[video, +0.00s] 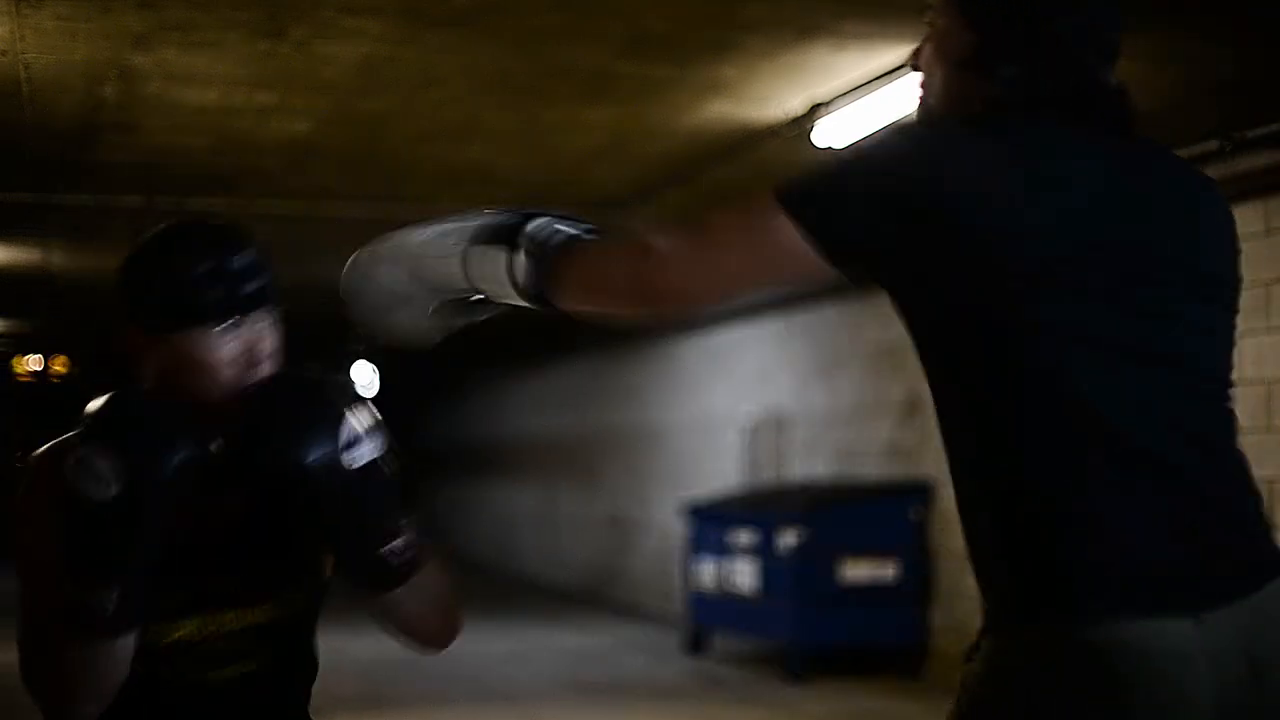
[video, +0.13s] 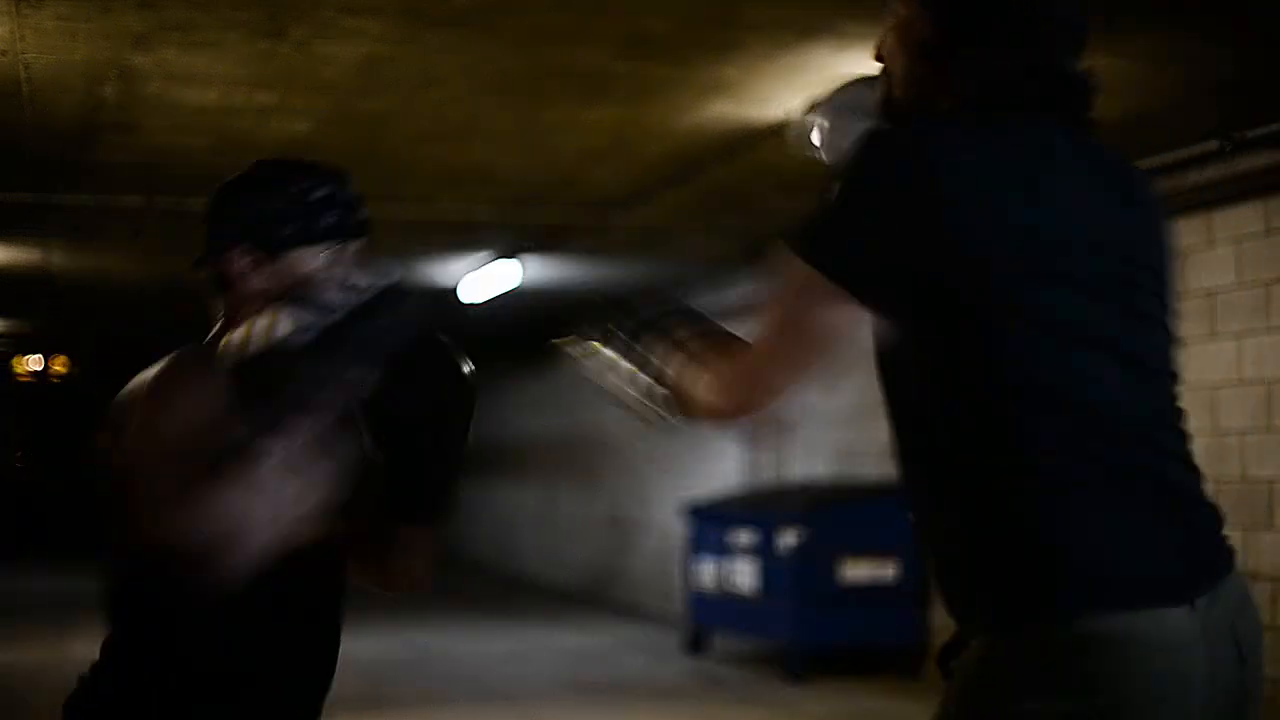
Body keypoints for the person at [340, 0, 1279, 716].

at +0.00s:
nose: (924, 63)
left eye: (937, 41)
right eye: (932, 41)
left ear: (971, 53)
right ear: (1085, 56)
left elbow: (662, 278)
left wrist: (504, 261)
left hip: (1081, 641)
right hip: (1246, 617)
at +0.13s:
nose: (882, 47)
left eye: (900, 24)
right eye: (891, 24)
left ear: (936, 39)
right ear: (1045, 41)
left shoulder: (906, 166)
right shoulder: (1114, 174)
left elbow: (741, 387)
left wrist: (683, 359)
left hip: (1057, 639)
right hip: (1211, 609)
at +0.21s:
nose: (873, 51)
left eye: (894, 24)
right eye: (883, 25)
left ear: (955, 38)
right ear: (989, 41)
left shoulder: (979, 176)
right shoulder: (1049, 166)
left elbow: (894, 461)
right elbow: (884, 412)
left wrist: (799, 473)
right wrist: (712, 301)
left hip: (1080, 656)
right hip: (1171, 626)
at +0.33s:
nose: (903, 58)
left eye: (922, 26)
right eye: (913, 30)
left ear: (984, 41)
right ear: (1032, 49)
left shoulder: (1017, 184)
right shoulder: (1083, 177)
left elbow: (1024, 466)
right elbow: (971, 439)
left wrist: (861, 574)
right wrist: (787, 376)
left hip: (1099, 658)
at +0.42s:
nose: (932, 47)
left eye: (953, 20)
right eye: (942, 23)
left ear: (1014, 31)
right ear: (1039, 38)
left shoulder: (1065, 184)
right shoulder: (1112, 178)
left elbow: (1076, 461)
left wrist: (878, 565)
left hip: (1128, 661)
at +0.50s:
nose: (975, 59)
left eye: (994, 32)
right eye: (984, 35)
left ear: (1059, 45)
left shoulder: (1115, 197)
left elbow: (1129, 461)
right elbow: (1098, 449)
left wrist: (949, 501)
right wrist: (943, 467)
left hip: (1170, 662)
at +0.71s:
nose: (1058, 65)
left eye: (1083, 36)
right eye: (1070, 38)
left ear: (1150, 47)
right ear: (1161, 49)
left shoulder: (1194, 191)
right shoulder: (1204, 184)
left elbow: (1190, 459)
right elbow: (1187, 447)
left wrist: (1006, 387)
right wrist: (1028, 372)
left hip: (1225, 662)